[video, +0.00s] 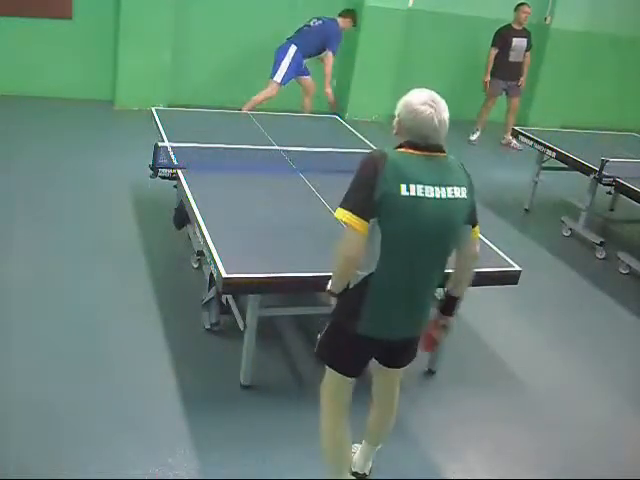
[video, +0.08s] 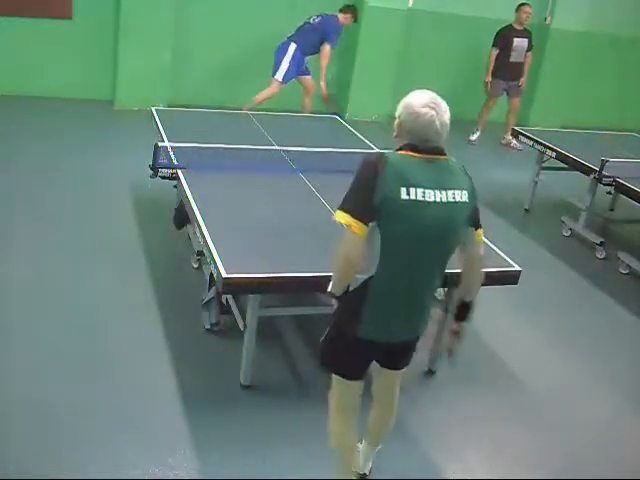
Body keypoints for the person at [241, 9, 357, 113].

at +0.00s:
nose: (349, 28)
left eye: (350, 26)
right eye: (350, 25)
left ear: (341, 16)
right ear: (348, 20)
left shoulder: (324, 20)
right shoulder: (335, 31)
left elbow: (310, 37)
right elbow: (328, 60)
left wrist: (321, 54)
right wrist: (328, 87)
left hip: (296, 54)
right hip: (291, 50)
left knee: (309, 88)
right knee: (272, 90)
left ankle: (305, 121)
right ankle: (243, 112)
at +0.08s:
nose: (350, 24)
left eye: (351, 22)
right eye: (351, 21)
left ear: (343, 13)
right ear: (348, 16)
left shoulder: (327, 18)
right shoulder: (334, 24)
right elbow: (325, 52)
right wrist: (322, 83)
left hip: (298, 53)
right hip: (291, 48)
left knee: (309, 87)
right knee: (275, 88)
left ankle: (305, 120)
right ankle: (245, 110)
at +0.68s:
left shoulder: (313, 8)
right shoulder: (281, 3)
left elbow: (314, 33)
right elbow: (265, 22)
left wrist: (306, 49)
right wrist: (275, 37)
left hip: (297, 52)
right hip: (277, 49)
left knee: (302, 93)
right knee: (270, 91)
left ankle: (301, 126)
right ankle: (265, 123)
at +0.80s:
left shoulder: (312, 7)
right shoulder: (280, 3)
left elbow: (313, 32)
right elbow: (264, 21)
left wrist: (305, 50)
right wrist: (274, 35)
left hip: (296, 52)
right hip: (276, 50)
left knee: (299, 91)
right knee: (270, 90)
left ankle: (299, 125)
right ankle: (265, 122)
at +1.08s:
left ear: (314, 0)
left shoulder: (318, 14)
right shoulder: (287, 6)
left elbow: (320, 40)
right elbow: (268, 27)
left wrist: (316, 54)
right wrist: (290, 32)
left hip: (300, 59)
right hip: (279, 56)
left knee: (298, 96)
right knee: (270, 98)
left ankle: (299, 129)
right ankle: (265, 129)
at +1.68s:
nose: (318, 32)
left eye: (322, 29)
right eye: (316, 26)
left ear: (324, 30)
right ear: (309, 22)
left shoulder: (319, 44)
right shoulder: (292, 30)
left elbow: (320, 65)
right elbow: (291, 45)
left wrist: (323, 74)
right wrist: (317, 49)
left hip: (292, 78)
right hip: (272, 74)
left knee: (295, 114)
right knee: (280, 109)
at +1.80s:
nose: (317, 31)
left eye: (321, 28)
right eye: (316, 26)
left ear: (323, 29)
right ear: (308, 21)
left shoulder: (318, 43)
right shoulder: (291, 29)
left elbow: (319, 65)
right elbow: (290, 44)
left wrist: (322, 76)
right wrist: (316, 48)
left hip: (291, 78)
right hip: (271, 73)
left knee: (294, 114)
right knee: (280, 109)